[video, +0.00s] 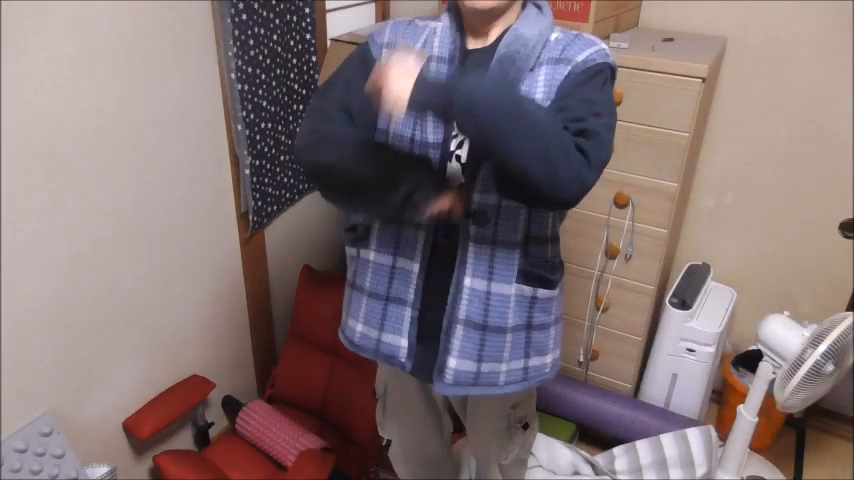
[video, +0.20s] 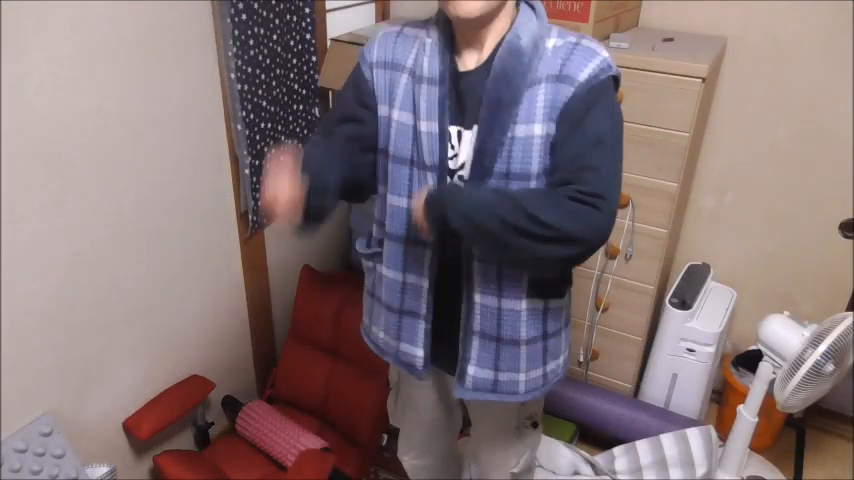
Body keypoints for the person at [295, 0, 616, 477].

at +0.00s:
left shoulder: (578, 60)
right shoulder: (393, 42)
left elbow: (565, 176)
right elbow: (319, 144)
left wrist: (435, 91)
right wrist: (418, 191)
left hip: (502, 329)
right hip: (399, 317)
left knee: (498, 464)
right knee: (413, 462)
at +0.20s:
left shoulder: (576, 72)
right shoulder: (390, 54)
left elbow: (583, 217)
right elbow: (346, 148)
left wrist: (448, 209)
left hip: (511, 336)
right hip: (411, 324)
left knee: (500, 469)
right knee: (421, 463)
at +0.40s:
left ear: (534, 0)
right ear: (445, 1)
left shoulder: (595, 96)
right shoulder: (401, 77)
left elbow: (586, 243)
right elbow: (343, 186)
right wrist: (406, 258)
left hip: (532, 348)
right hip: (431, 334)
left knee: (512, 468)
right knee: (418, 464)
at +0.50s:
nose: (470, 4)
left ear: (537, 3)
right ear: (448, 6)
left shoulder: (596, 105)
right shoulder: (406, 77)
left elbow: (599, 254)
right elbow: (333, 164)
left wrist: (477, 300)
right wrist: (389, 197)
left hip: (534, 356)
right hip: (432, 342)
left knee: (519, 471)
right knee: (410, 464)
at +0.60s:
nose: (466, 0)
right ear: (446, 2)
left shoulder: (605, 98)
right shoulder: (408, 67)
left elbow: (632, 241)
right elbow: (316, 110)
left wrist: (515, 275)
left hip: (532, 351)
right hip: (427, 335)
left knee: (525, 469)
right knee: (403, 461)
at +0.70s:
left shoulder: (605, 100)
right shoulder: (411, 69)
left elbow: (652, 237)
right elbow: (366, 133)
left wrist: (564, 271)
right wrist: (250, 95)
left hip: (522, 345)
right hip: (418, 326)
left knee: (516, 469)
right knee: (395, 454)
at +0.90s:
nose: (427, 44)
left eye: (457, 21)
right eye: (414, 20)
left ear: (506, 48)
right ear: (401, 36)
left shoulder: (554, 181)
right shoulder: (392, 122)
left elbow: (578, 271)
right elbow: (385, 190)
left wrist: (506, 338)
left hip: (478, 366)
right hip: (387, 344)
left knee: (469, 469)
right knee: (373, 452)